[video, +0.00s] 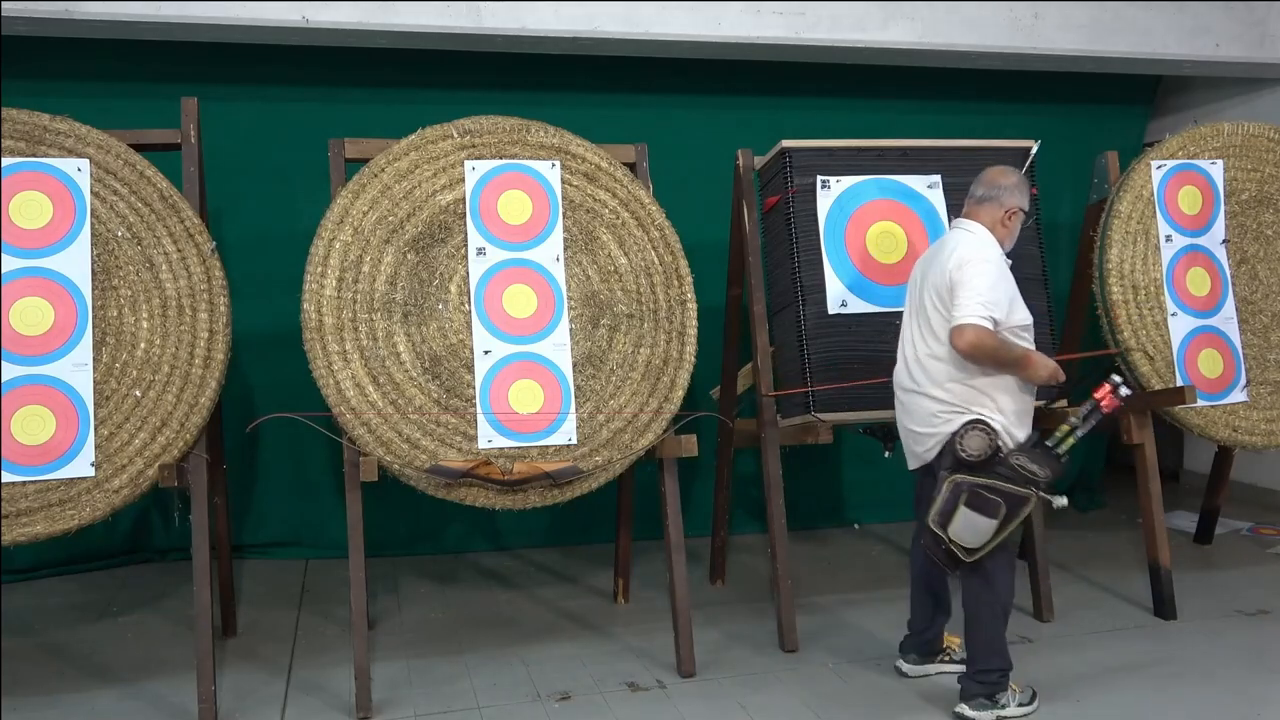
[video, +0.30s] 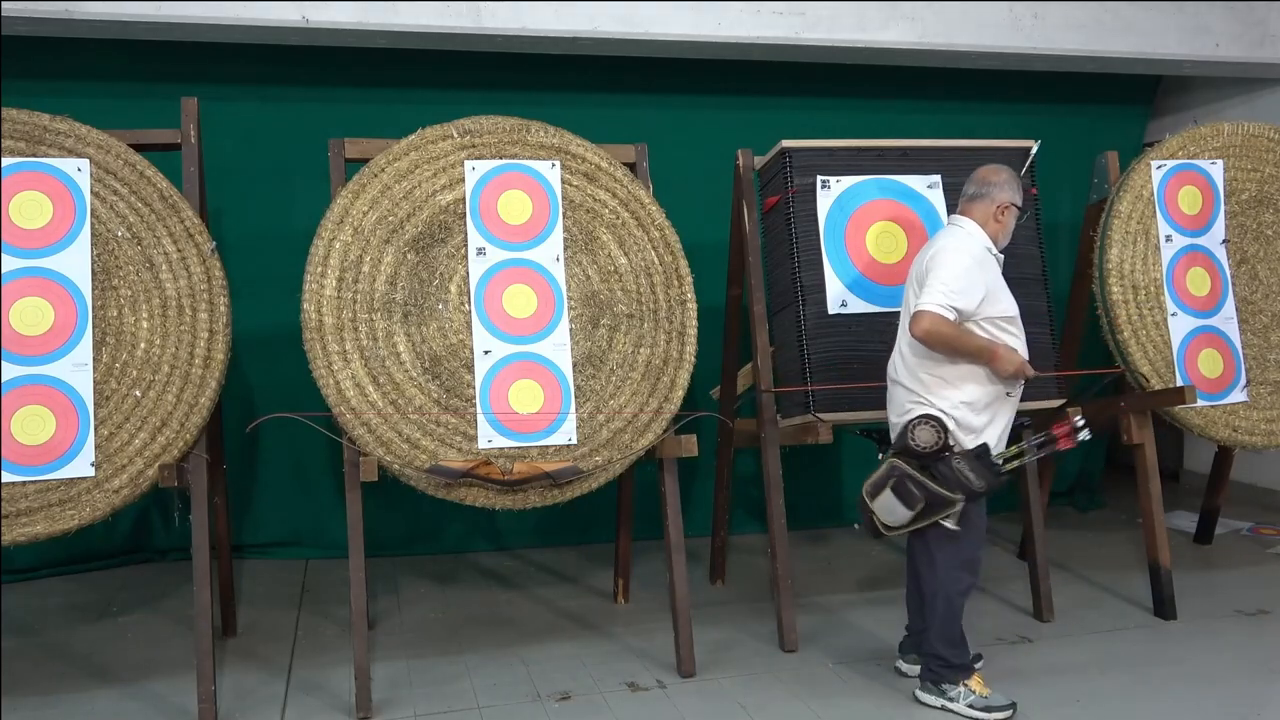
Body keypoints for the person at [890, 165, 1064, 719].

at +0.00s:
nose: (1020, 229)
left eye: (1022, 219)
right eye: (1021, 219)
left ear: (967, 207)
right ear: (1007, 213)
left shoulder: (937, 251)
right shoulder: (977, 253)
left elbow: (940, 343)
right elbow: (970, 336)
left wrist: (1022, 367)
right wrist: (1029, 362)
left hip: (929, 429)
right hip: (971, 433)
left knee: (932, 540)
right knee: (990, 557)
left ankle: (922, 646)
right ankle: (987, 688)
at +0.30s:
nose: (1015, 224)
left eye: (1015, 215)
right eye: (1015, 214)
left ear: (969, 203)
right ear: (1001, 210)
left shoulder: (944, 243)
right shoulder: (966, 248)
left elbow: (932, 328)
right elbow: (927, 325)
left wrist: (995, 355)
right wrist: (992, 352)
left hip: (929, 424)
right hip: (946, 433)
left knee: (933, 544)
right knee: (953, 554)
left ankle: (921, 646)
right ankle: (945, 675)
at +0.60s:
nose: (1022, 224)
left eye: (1024, 214)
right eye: (1021, 213)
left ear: (978, 204)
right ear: (1001, 210)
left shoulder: (944, 246)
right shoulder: (966, 255)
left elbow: (904, 328)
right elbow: (924, 340)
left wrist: (976, 355)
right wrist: (990, 365)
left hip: (932, 432)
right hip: (950, 441)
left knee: (935, 546)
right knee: (966, 555)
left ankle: (921, 648)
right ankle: (943, 671)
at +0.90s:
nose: (1018, 205)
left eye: (1016, 195)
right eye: (1006, 197)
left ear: (969, 205)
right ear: (967, 206)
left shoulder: (953, 245)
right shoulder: (952, 261)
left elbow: (902, 313)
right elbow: (911, 359)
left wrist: (981, 349)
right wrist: (991, 375)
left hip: (971, 438)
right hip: (967, 447)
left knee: (968, 545)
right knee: (972, 562)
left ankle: (935, 630)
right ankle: (942, 676)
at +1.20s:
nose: (983, 201)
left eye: (988, 189)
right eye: (966, 195)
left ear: (995, 193)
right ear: (936, 208)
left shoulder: (996, 257)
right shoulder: (916, 276)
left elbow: (1001, 340)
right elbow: (886, 378)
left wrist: (1049, 386)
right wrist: (968, 377)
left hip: (1020, 449)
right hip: (953, 459)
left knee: (1049, 557)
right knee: (961, 568)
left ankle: (1019, 669)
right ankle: (942, 676)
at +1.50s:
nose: (965, 207)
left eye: (976, 193)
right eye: (948, 199)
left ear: (995, 199)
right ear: (930, 211)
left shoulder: (1040, 269)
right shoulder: (900, 279)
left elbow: (1061, 365)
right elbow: (867, 384)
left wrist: (1065, 439)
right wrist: (911, 354)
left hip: (1016, 476)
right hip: (930, 474)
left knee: (1007, 611)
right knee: (941, 584)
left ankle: (999, 713)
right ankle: (948, 671)